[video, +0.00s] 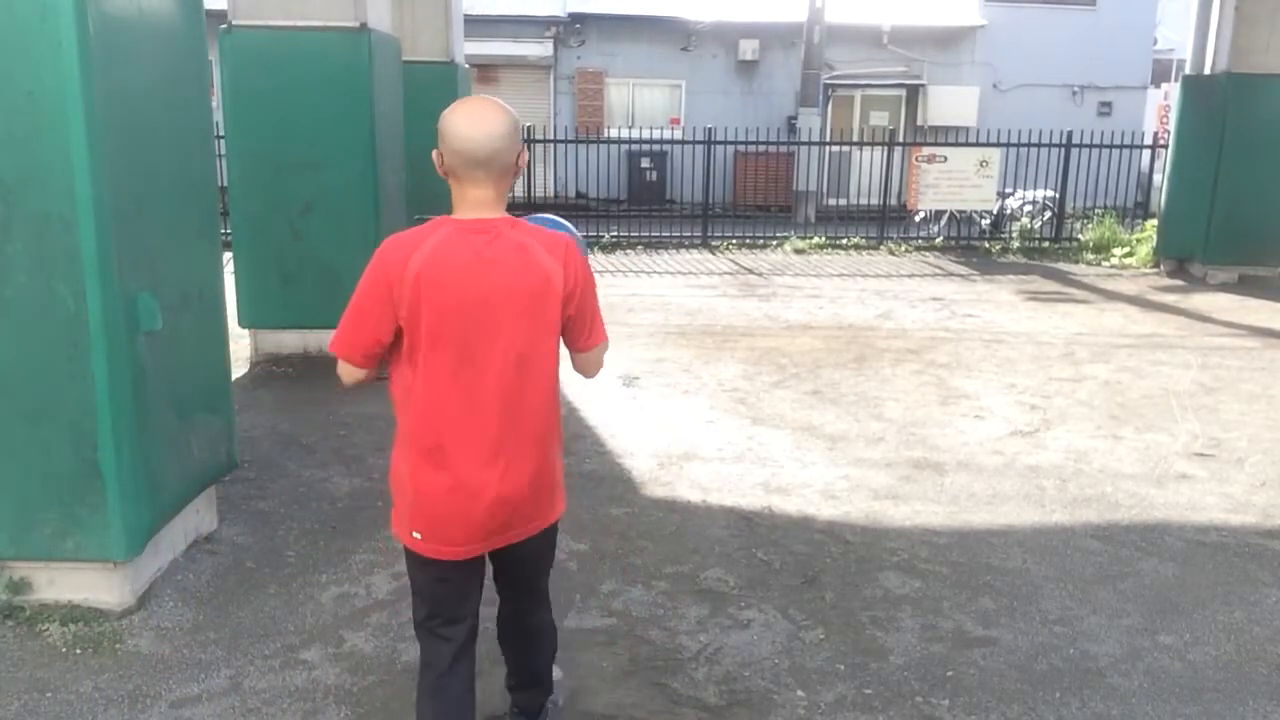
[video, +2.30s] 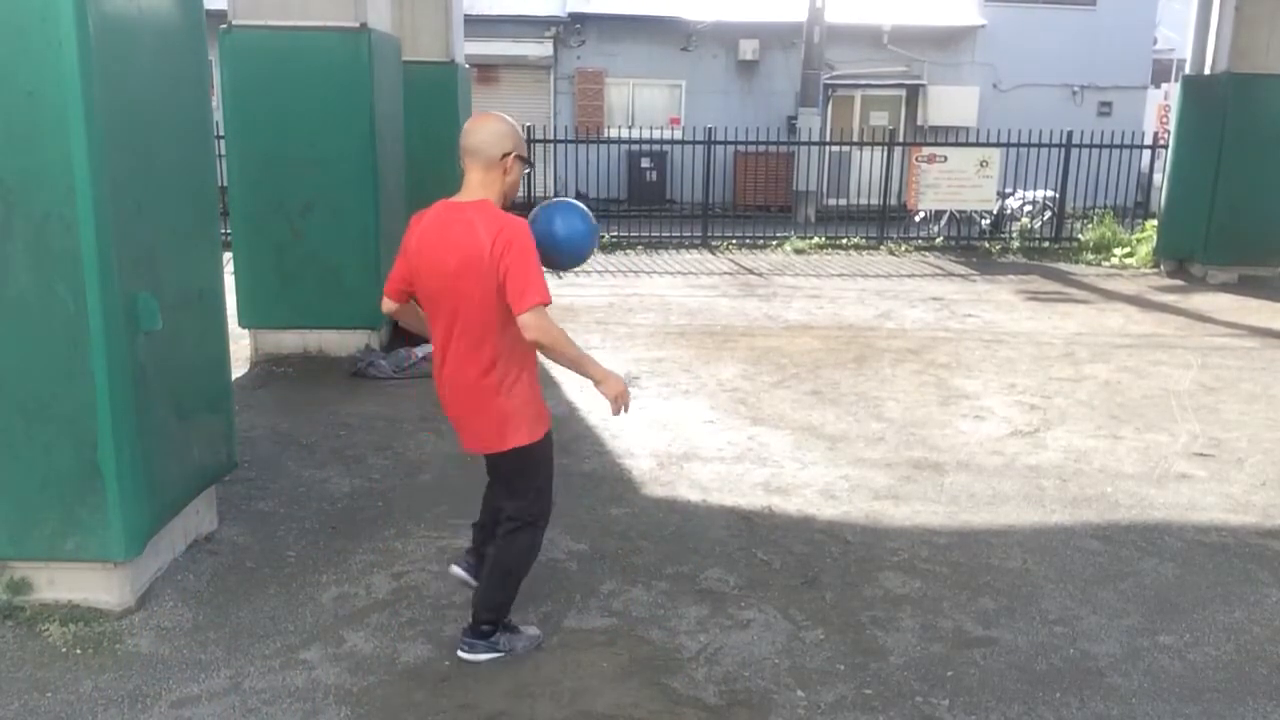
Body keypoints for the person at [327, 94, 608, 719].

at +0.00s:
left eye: (438, 149)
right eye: (522, 148)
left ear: (439, 164)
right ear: (519, 164)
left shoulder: (400, 256)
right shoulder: (557, 253)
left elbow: (351, 370)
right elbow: (590, 362)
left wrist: (409, 341)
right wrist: (540, 302)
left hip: (437, 498)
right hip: (528, 489)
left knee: (444, 639)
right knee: (528, 612)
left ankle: (445, 714)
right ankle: (531, 705)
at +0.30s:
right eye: (564, 165)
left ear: (491, 165)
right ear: (559, 175)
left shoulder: (444, 239)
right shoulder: (580, 257)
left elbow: (401, 355)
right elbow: (598, 373)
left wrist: (412, 416)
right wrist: (566, 321)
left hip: (453, 449)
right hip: (538, 452)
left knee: (425, 569)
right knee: (534, 566)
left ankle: (445, 702)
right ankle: (521, 687)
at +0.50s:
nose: (573, 163)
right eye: (574, 156)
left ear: (504, 154)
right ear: (569, 165)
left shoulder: (452, 217)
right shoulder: (581, 243)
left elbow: (401, 311)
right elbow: (590, 361)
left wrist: (447, 343)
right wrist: (555, 373)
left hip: (457, 422)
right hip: (534, 433)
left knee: (445, 532)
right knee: (529, 558)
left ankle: (432, 659)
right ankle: (519, 683)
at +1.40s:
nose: (521, 169)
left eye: (521, 158)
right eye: (519, 157)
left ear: (466, 157)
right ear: (499, 157)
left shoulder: (425, 217)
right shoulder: (498, 224)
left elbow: (427, 300)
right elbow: (517, 323)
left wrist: (515, 280)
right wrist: (572, 314)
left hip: (436, 406)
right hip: (490, 411)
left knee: (459, 502)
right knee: (512, 523)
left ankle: (442, 617)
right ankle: (468, 645)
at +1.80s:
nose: (512, 176)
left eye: (514, 165)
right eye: (512, 163)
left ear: (458, 155)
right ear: (488, 158)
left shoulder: (418, 210)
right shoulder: (480, 220)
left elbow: (418, 280)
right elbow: (503, 318)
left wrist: (499, 262)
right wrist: (585, 328)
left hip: (434, 392)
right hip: (488, 392)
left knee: (463, 497)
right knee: (549, 476)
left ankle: (454, 614)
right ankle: (497, 592)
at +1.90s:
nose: (515, 181)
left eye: (517, 170)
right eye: (514, 168)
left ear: (467, 160)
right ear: (490, 162)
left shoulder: (419, 215)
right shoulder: (477, 223)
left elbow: (433, 287)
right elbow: (483, 322)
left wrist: (499, 273)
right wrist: (563, 359)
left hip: (433, 387)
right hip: (480, 383)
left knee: (464, 495)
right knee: (568, 429)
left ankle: (455, 614)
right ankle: (514, 539)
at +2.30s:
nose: (521, 174)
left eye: (520, 163)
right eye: (521, 163)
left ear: (465, 161)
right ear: (509, 163)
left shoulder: (426, 223)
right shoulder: (509, 230)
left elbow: (395, 303)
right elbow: (536, 328)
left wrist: (449, 330)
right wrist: (601, 375)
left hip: (461, 392)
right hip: (507, 401)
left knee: (506, 476)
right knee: (526, 512)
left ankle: (480, 557)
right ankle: (485, 630)